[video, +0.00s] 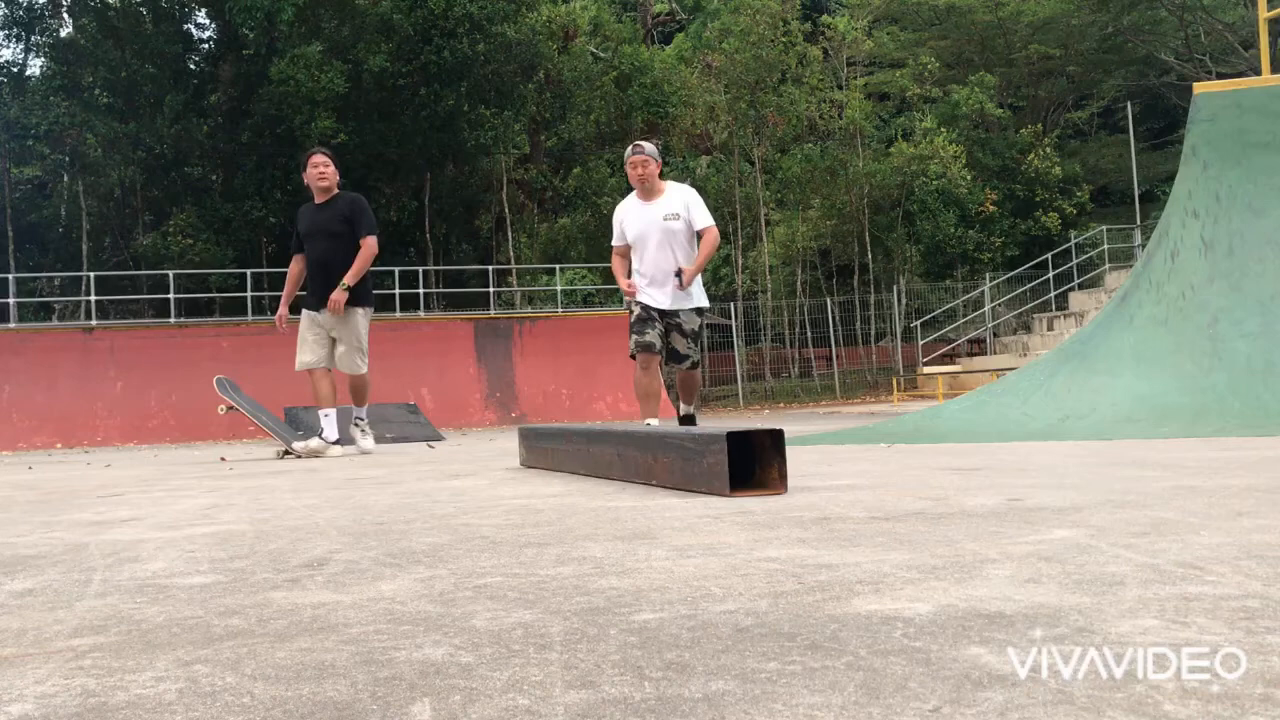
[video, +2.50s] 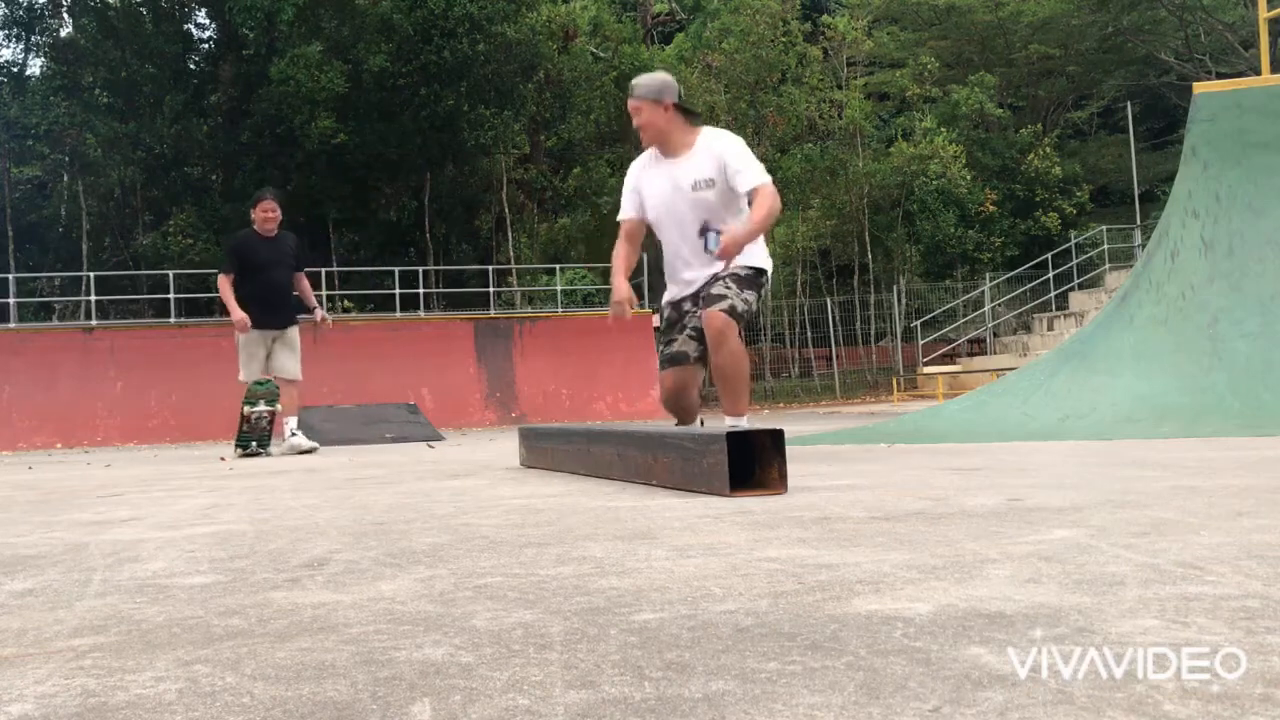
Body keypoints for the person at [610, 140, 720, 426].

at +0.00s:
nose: (639, 171)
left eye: (645, 165)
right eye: (633, 166)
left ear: (659, 167)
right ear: (626, 172)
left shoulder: (685, 196)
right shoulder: (623, 210)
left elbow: (711, 235)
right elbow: (619, 254)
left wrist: (694, 269)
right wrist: (622, 279)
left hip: (685, 297)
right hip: (645, 297)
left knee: (687, 364)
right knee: (646, 357)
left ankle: (687, 416)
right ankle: (650, 426)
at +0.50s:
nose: (654, 145)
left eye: (660, 139)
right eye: (647, 141)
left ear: (673, 142)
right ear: (638, 148)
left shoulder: (698, 179)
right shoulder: (627, 185)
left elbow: (725, 222)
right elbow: (610, 247)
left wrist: (729, 250)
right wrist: (611, 238)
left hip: (690, 280)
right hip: (645, 285)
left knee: (694, 347)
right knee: (646, 357)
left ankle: (700, 419)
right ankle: (652, 423)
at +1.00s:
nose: (649, 126)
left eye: (656, 117)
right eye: (641, 122)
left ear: (672, 122)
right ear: (633, 134)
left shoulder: (704, 155)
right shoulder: (629, 176)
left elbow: (738, 205)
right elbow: (610, 237)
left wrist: (723, 188)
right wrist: (600, 206)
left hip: (712, 273)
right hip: (662, 275)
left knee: (732, 360)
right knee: (667, 340)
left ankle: (708, 408)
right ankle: (680, 424)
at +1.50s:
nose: (652, 145)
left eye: (660, 135)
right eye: (642, 139)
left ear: (676, 139)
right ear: (632, 150)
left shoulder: (710, 174)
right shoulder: (628, 198)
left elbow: (745, 230)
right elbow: (604, 259)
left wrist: (735, 203)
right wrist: (582, 237)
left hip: (722, 280)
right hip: (670, 298)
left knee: (722, 329)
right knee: (656, 375)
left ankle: (741, 421)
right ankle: (685, 429)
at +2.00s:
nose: (663, 154)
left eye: (670, 143)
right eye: (652, 148)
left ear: (686, 145)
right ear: (640, 157)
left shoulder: (721, 183)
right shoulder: (634, 207)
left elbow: (757, 246)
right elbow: (616, 274)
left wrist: (744, 221)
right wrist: (593, 254)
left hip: (732, 280)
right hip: (679, 308)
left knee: (722, 320)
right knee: (674, 410)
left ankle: (738, 430)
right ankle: (690, 429)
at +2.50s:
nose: (634, 124)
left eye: (638, 113)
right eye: (632, 116)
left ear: (667, 108)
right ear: (654, 110)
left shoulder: (723, 145)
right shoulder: (640, 170)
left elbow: (769, 200)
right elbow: (628, 237)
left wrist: (744, 233)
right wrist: (619, 280)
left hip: (736, 266)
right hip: (682, 287)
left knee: (717, 321)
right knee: (675, 394)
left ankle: (737, 431)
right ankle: (693, 432)